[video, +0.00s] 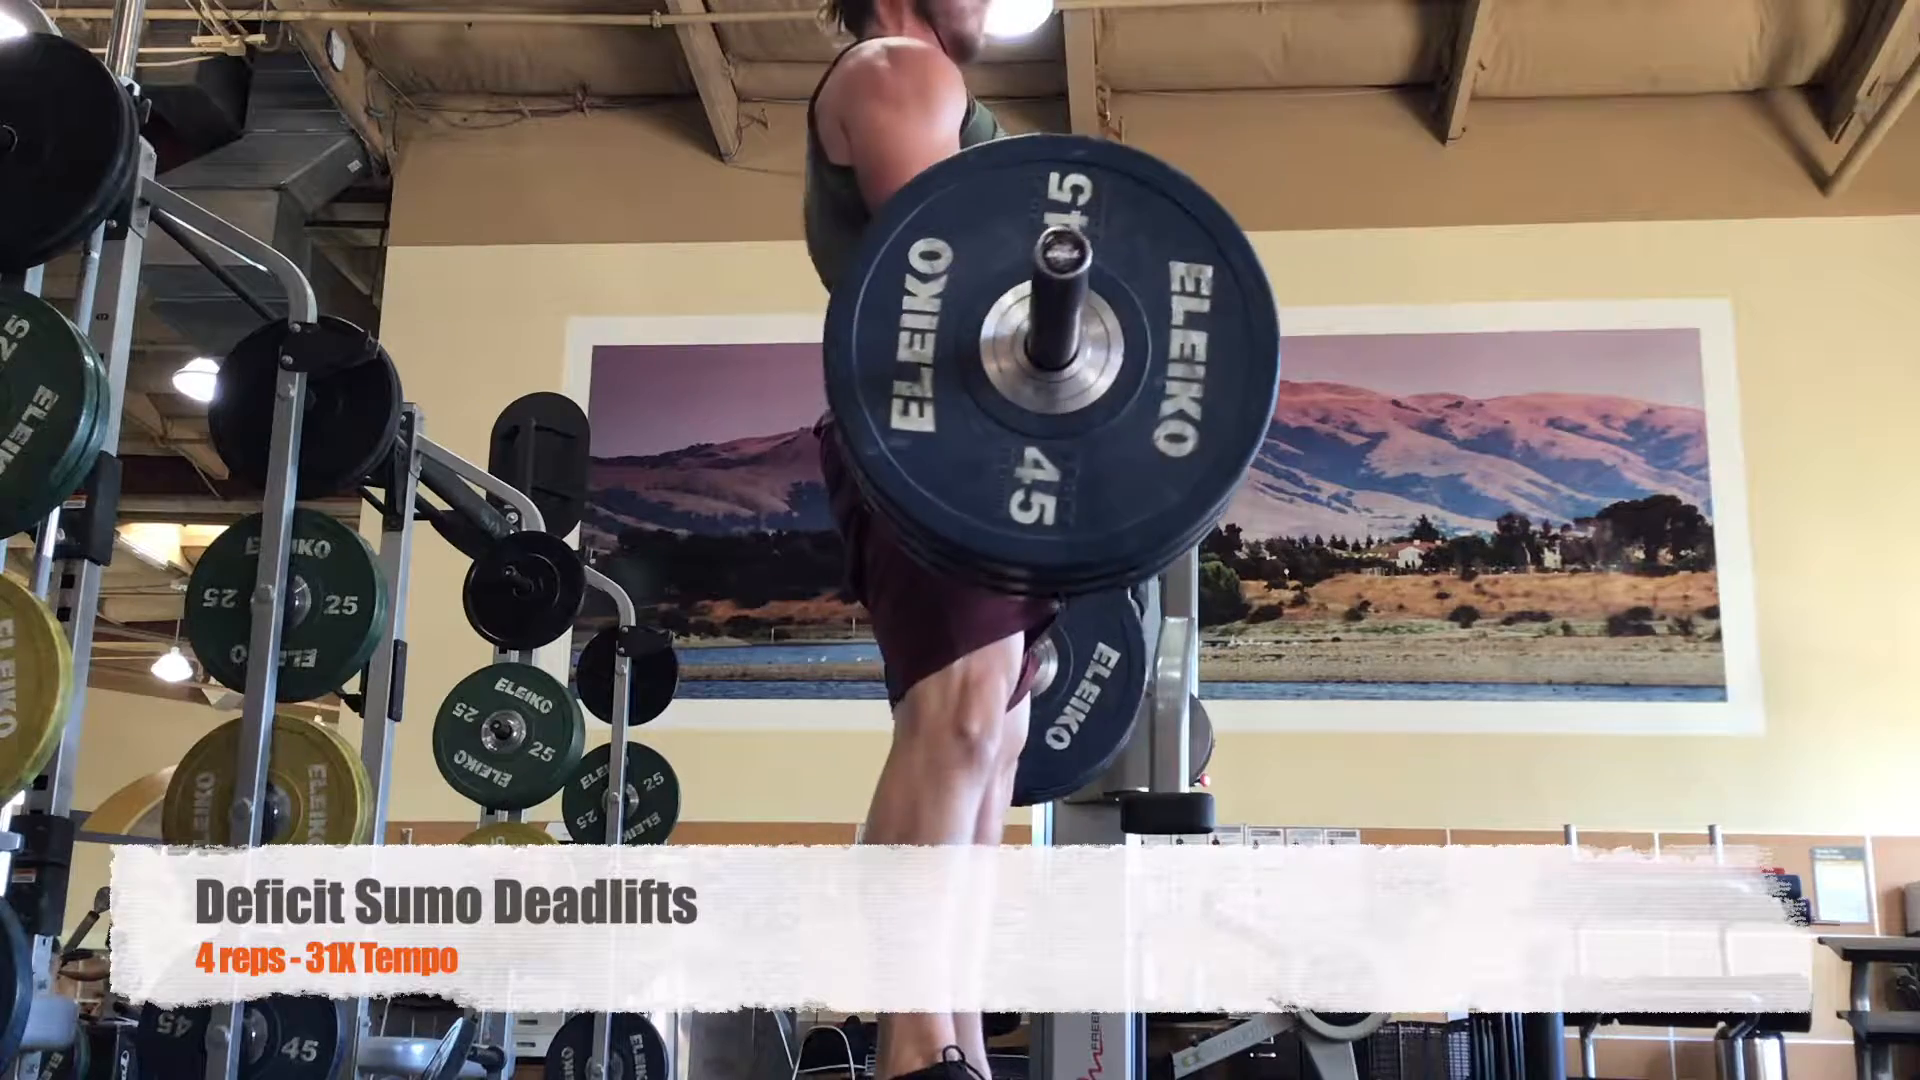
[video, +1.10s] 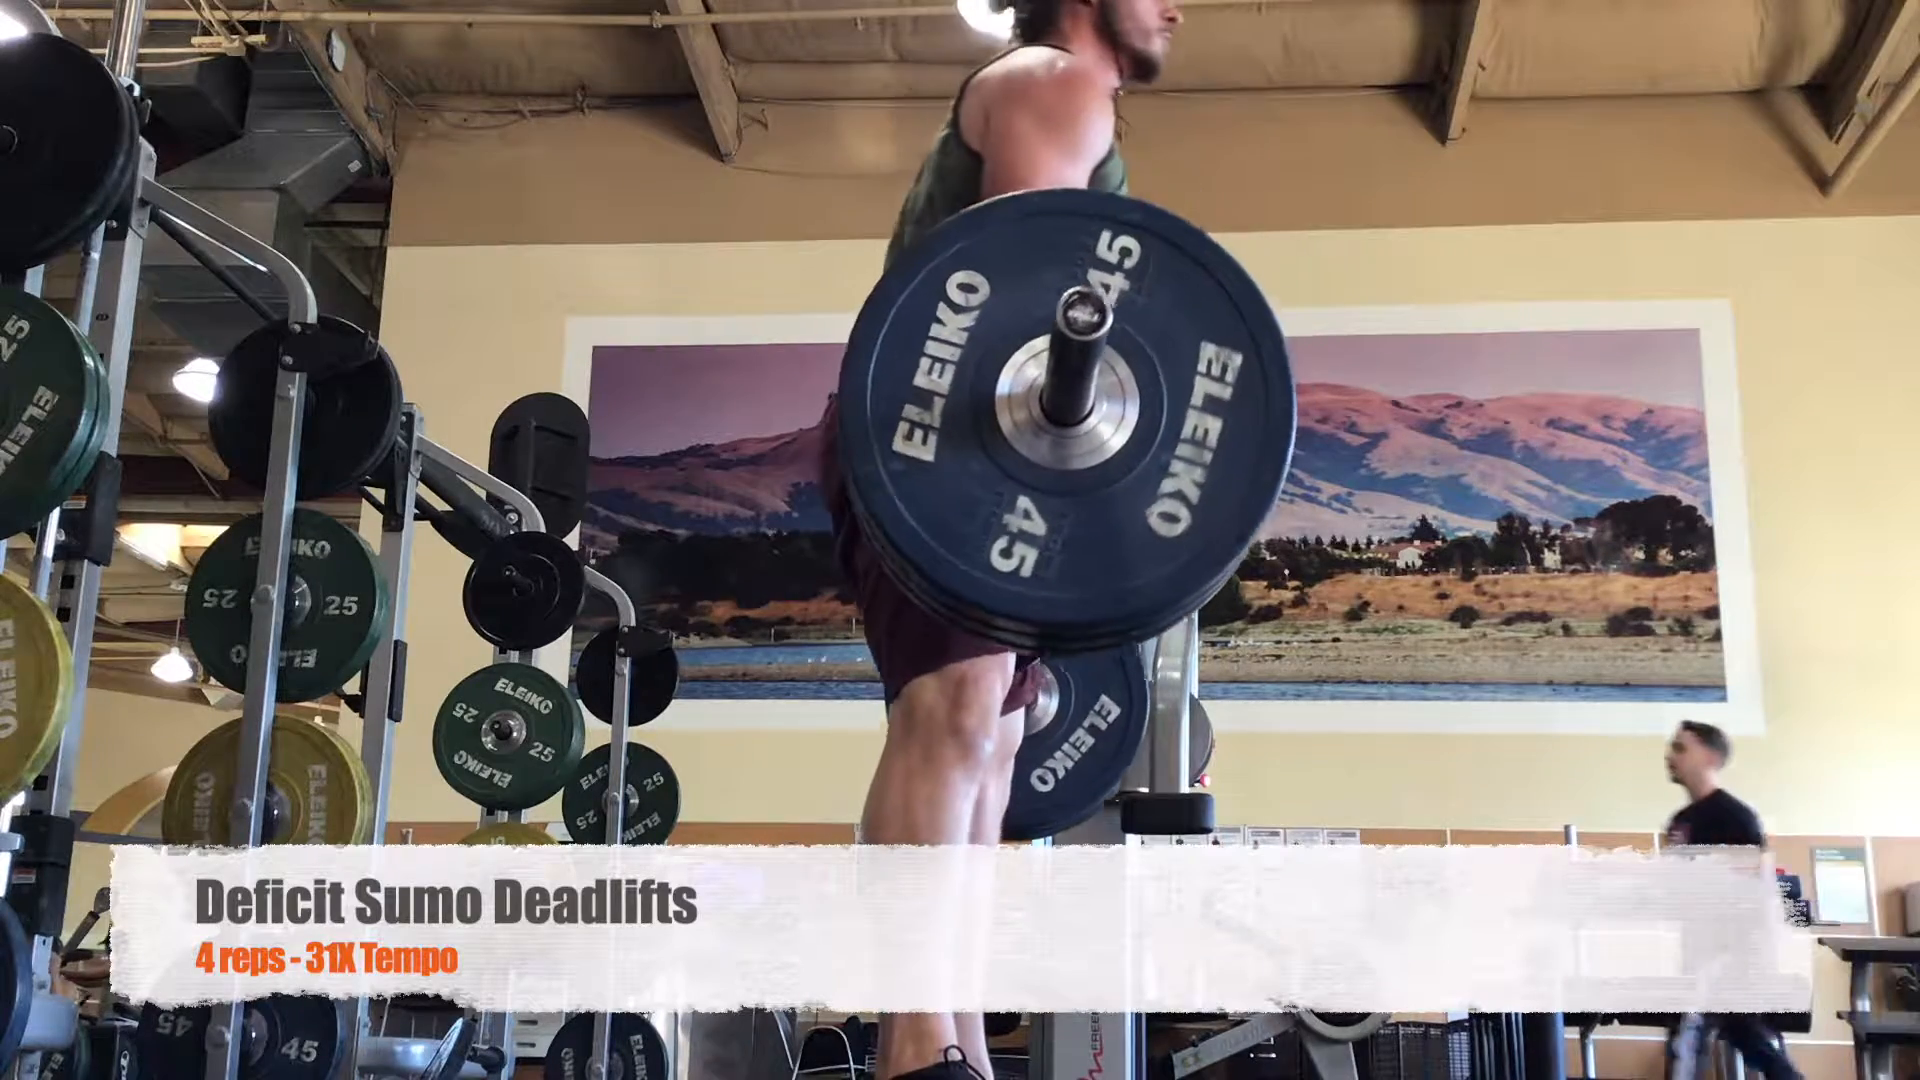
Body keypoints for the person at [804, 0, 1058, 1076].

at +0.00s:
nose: (994, 4)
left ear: (901, 11)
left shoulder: (931, 87)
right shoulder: (895, 70)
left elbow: (975, 278)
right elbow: (956, 271)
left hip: (969, 428)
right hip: (916, 423)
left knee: (997, 722)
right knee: (959, 711)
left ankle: (957, 1034)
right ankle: (912, 1045)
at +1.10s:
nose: (1171, 10)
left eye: (1167, 0)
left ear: (1079, 12)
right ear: (1088, 1)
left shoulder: (1062, 98)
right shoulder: (1054, 84)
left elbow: (1045, 334)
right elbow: (1038, 322)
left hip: (967, 442)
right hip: (920, 432)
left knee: (996, 713)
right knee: (962, 696)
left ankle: (956, 1037)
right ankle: (917, 1041)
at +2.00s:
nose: (1299, 129)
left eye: (1297, 108)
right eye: (1282, 103)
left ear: (1221, 116)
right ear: (1209, 106)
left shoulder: (1162, 246)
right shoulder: (1132, 192)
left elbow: (1105, 438)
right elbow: (1069, 407)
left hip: (905, 448)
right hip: (839, 426)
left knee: (991, 721)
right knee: (934, 701)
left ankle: (955, 1029)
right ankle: (907, 1037)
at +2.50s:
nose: (1347, 278)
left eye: (1347, 251)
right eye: (1333, 244)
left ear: (1263, 242)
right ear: (1261, 235)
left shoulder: (1185, 427)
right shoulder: (1154, 314)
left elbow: (1135, 582)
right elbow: (1084, 552)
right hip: (827, 457)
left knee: (996, 746)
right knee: (954, 726)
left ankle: (970, 1043)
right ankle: (923, 1043)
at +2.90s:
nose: (1379, 439)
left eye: (1382, 417)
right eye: (1367, 406)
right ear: (1293, 387)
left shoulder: (1188, 579)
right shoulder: (1166, 457)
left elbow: (1133, 739)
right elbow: (1080, 699)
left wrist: (1134, 894)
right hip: (809, 542)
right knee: (1039, 696)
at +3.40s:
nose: (1387, 342)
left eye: (1390, 320)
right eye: (1375, 308)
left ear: (1304, 294)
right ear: (1301, 286)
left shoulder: (1199, 467)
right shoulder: (1176, 354)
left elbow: (1141, 630)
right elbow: (1082, 582)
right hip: (840, 458)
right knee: (978, 727)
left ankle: (933, 1032)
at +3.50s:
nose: (1361, 258)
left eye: (1364, 235)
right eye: (1350, 225)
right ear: (1274, 206)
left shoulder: (1189, 395)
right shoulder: (1165, 286)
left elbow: (1145, 543)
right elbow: (1089, 502)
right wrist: (1091, 661)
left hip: (911, 466)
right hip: (840, 434)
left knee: (981, 728)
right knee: (945, 713)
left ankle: (965, 1037)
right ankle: (922, 1039)